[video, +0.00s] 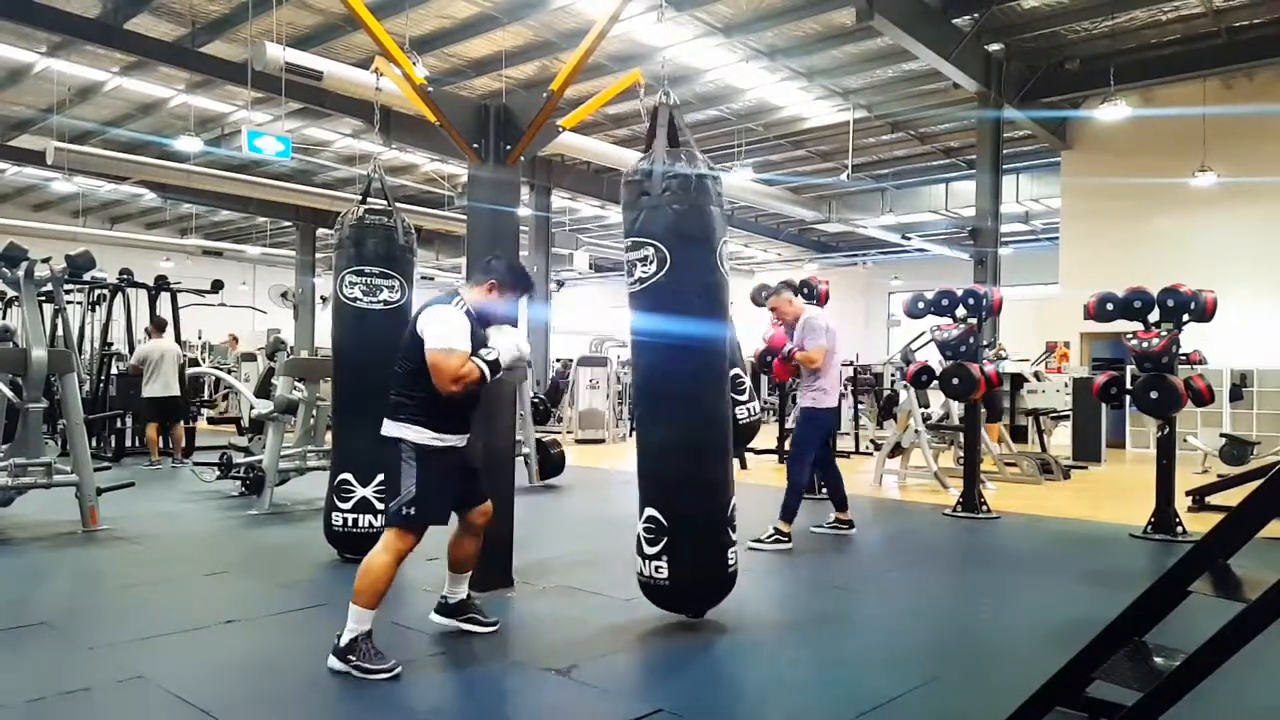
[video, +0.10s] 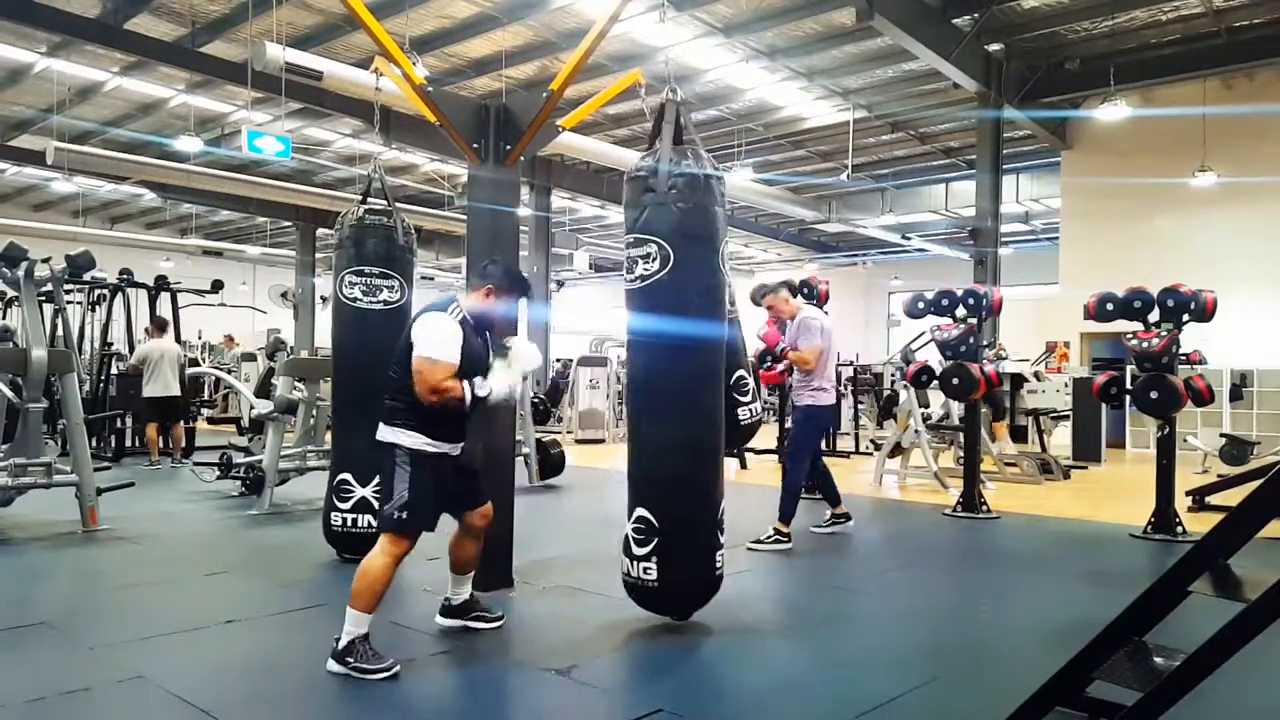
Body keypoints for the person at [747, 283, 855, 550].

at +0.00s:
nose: (777, 318)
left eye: (777, 311)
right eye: (773, 312)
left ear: (793, 301)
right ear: (790, 304)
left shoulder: (813, 321)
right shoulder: (802, 325)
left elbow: (814, 360)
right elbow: (805, 364)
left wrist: (787, 349)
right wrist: (787, 367)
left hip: (816, 406)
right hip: (819, 405)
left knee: (797, 463)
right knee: (825, 462)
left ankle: (783, 529)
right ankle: (843, 517)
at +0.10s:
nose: (772, 314)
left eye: (772, 307)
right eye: (769, 310)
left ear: (786, 298)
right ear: (782, 302)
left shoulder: (810, 319)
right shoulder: (797, 322)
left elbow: (809, 361)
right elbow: (798, 358)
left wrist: (783, 350)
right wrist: (781, 361)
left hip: (814, 404)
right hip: (808, 403)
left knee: (795, 462)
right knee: (811, 458)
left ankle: (782, 529)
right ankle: (839, 510)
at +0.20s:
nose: (776, 315)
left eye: (778, 308)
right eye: (773, 311)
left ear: (792, 298)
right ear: (774, 309)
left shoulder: (818, 321)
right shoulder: (786, 326)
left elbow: (814, 362)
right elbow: (759, 358)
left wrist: (783, 346)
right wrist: (769, 339)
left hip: (813, 402)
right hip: (795, 402)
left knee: (796, 460)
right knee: (806, 458)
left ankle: (782, 529)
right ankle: (835, 508)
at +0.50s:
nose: (751, 318)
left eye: (754, 312)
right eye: (749, 313)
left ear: (770, 306)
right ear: (759, 310)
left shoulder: (798, 325)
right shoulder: (765, 330)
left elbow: (828, 353)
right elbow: (765, 362)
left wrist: (813, 367)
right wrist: (758, 371)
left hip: (800, 405)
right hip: (790, 404)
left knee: (769, 459)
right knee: (808, 459)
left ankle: (780, 529)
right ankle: (838, 508)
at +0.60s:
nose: (738, 310)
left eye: (741, 303)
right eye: (735, 305)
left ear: (758, 297)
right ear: (757, 300)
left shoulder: (771, 317)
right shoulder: (781, 315)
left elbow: (769, 353)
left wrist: (755, 363)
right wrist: (760, 368)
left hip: (788, 402)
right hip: (802, 399)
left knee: (765, 459)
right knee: (797, 457)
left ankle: (780, 529)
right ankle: (828, 506)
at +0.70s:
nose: (732, 303)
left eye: (734, 296)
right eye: (730, 298)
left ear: (750, 289)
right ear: (752, 290)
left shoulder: (759, 309)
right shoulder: (776, 306)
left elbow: (738, 335)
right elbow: (788, 348)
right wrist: (761, 361)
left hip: (785, 397)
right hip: (797, 394)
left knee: (764, 459)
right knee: (780, 455)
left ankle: (779, 530)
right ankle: (809, 505)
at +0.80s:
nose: (727, 296)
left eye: (729, 290)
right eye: (725, 292)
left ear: (746, 285)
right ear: (745, 288)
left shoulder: (760, 305)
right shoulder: (766, 306)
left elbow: (759, 335)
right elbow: (774, 353)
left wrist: (723, 341)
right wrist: (752, 369)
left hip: (775, 390)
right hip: (785, 390)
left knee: (744, 451)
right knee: (770, 453)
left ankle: (772, 521)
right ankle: (790, 517)